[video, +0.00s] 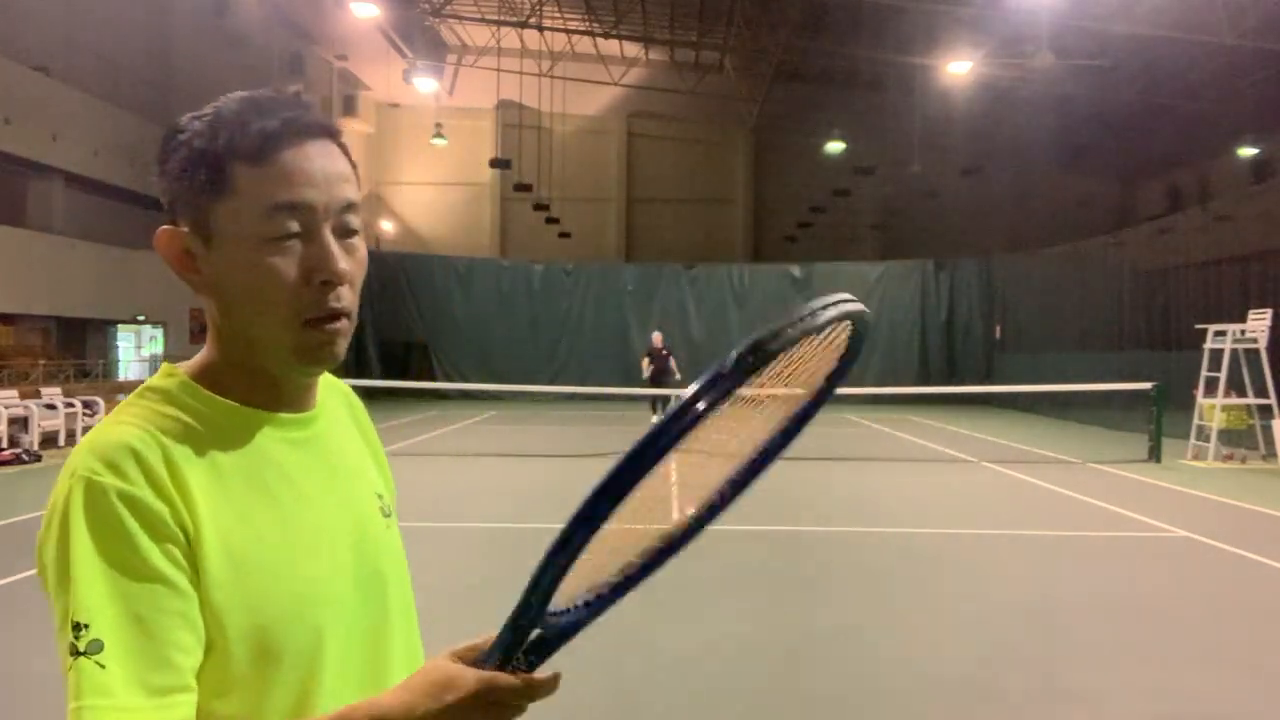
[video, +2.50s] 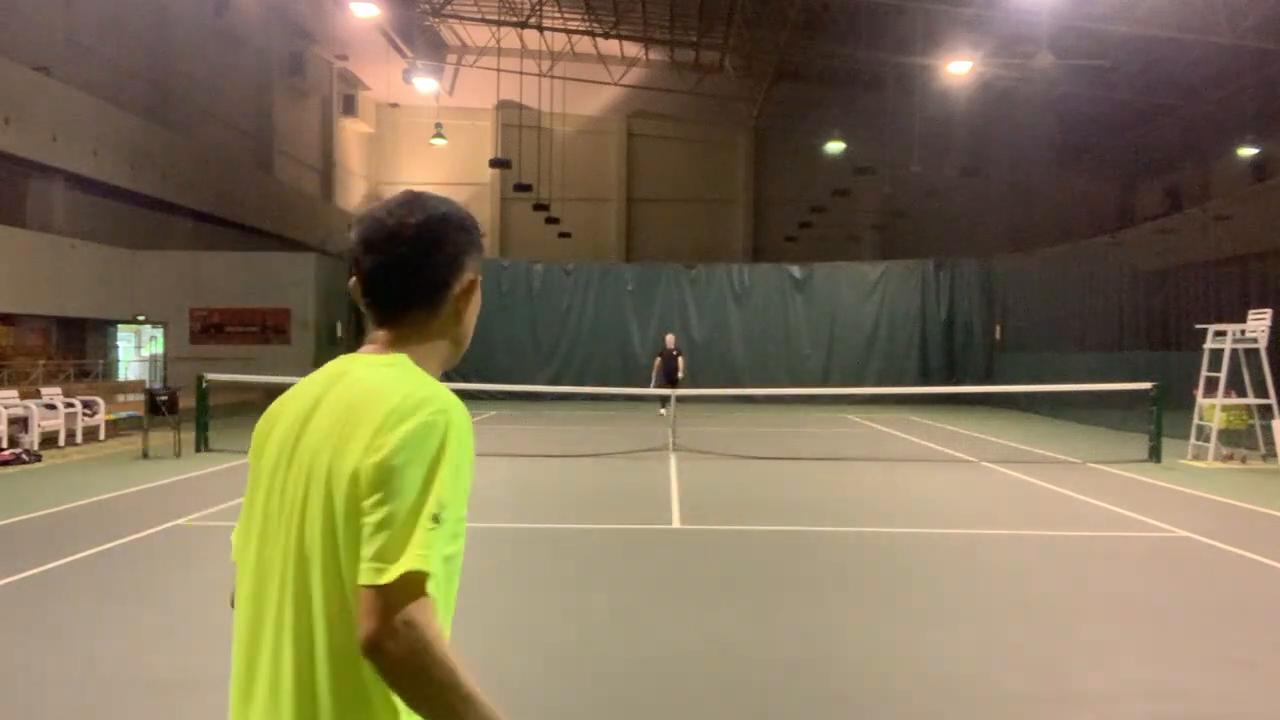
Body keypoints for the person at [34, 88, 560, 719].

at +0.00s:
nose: (335, 269)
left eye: (346, 228)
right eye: (286, 235)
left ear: (365, 239)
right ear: (189, 259)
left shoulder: (340, 408)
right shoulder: (124, 472)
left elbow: (365, 655)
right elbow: (130, 705)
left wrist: (445, 695)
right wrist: (408, 703)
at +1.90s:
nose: (352, 279)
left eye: (369, 247)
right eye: (313, 247)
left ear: (388, 256)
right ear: (233, 260)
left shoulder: (305, 417)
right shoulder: (183, 427)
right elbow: (168, 696)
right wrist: (421, 623)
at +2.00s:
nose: (376, 283)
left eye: (386, 253)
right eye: (340, 252)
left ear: (397, 256)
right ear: (253, 266)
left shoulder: (301, 417)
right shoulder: (207, 425)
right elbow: (193, 684)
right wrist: (428, 622)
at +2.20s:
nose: (428, 288)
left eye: (423, 264)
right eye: (416, 262)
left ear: (353, 276)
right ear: (352, 274)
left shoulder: (305, 404)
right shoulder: (266, 408)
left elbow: (327, 630)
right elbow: (317, 641)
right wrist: (534, 602)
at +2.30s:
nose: (438, 291)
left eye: (438, 270)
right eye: (436, 269)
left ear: (322, 273)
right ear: (402, 278)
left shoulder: (289, 392)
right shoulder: (317, 410)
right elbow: (300, 647)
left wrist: (479, 668)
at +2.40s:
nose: (457, 298)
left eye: (458, 277)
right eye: (457, 277)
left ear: (343, 285)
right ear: (437, 285)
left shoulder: (282, 396)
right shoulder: (367, 409)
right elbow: (321, 637)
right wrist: (471, 712)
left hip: (247, 705)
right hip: (328, 709)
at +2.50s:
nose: (478, 309)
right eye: (480, 291)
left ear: (357, 290)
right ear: (468, 294)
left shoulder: (286, 407)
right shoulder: (425, 411)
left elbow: (246, 592)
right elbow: (390, 628)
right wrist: (482, 713)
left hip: (260, 707)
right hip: (364, 709)